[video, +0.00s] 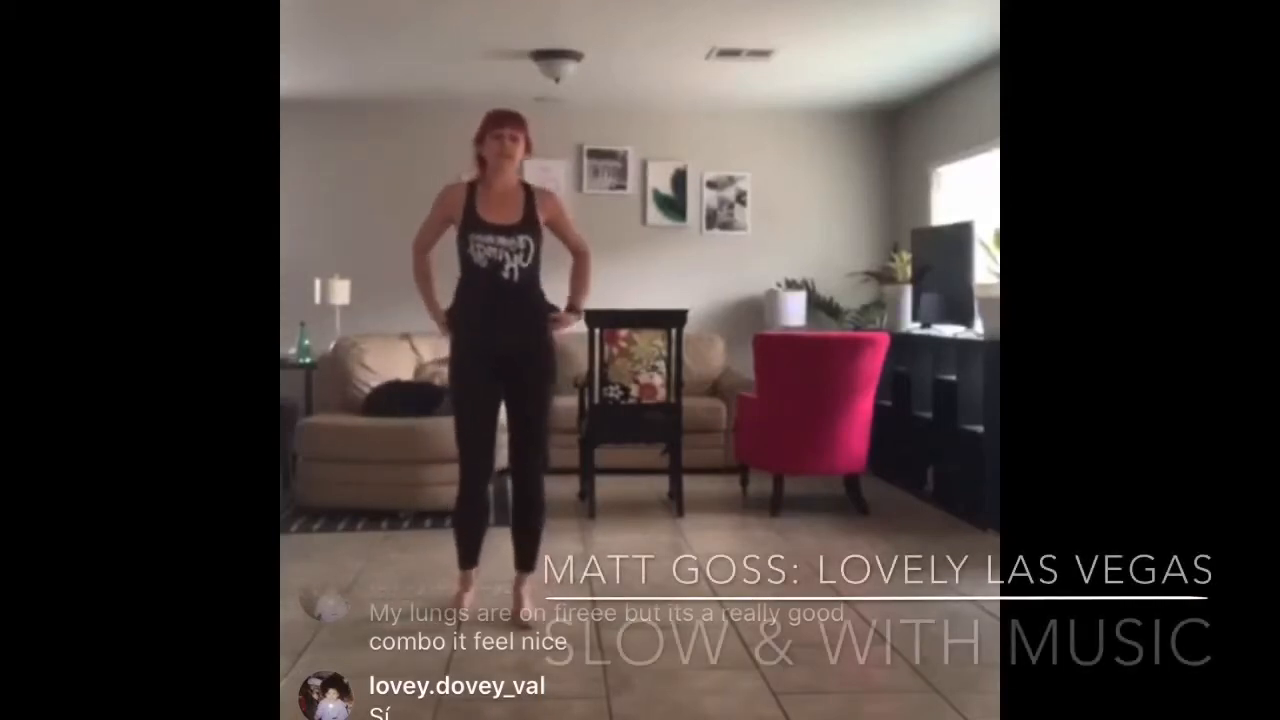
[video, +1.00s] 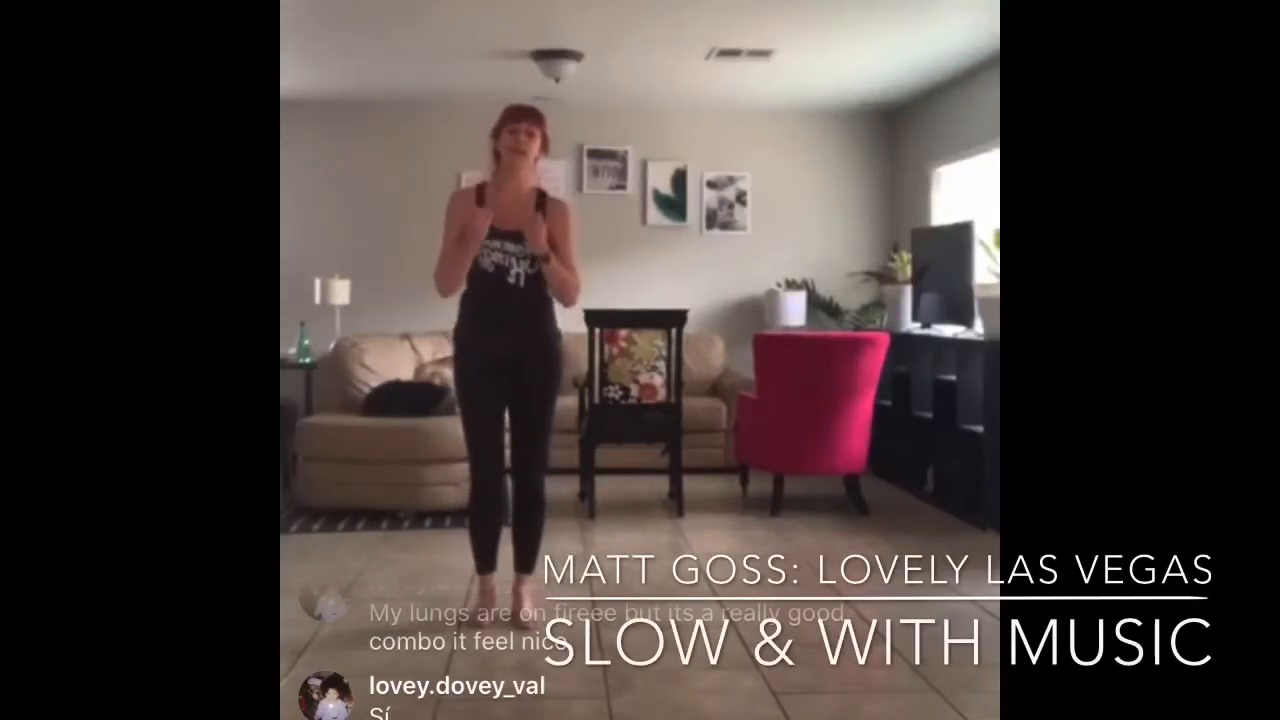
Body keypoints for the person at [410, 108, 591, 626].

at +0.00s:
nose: (504, 145)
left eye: (513, 139)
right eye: (496, 137)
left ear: (525, 151)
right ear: (480, 147)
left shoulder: (543, 203)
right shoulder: (457, 198)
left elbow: (581, 251)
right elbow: (422, 249)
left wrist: (573, 310)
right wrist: (438, 313)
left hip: (530, 336)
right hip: (473, 334)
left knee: (528, 464)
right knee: (475, 465)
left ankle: (525, 581)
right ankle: (467, 578)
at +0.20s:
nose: (516, 142)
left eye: (524, 136)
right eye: (507, 134)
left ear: (537, 150)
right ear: (491, 146)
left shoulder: (554, 203)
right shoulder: (469, 199)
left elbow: (583, 264)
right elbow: (440, 267)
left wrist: (584, 326)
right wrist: (440, 335)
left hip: (539, 342)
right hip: (480, 340)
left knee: (533, 465)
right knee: (477, 464)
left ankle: (527, 581)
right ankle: (476, 574)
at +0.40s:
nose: (521, 139)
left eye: (531, 134)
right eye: (513, 132)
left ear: (543, 149)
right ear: (496, 144)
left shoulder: (558, 206)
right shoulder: (472, 201)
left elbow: (589, 273)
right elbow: (440, 270)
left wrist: (590, 328)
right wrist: (436, 327)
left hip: (541, 343)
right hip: (483, 342)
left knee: (534, 464)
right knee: (487, 464)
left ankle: (527, 581)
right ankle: (484, 578)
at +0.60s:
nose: (524, 141)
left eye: (533, 135)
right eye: (515, 133)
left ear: (545, 149)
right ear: (499, 144)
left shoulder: (559, 210)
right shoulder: (472, 201)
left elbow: (571, 292)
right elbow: (446, 284)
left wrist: (557, 282)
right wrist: (489, 280)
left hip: (541, 345)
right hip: (485, 344)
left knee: (533, 467)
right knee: (489, 467)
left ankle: (527, 582)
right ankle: (486, 582)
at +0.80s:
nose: (523, 142)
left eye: (532, 136)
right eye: (515, 134)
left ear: (545, 149)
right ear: (497, 143)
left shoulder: (555, 207)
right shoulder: (472, 200)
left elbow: (564, 290)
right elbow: (452, 280)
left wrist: (552, 238)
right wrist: (476, 215)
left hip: (537, 344)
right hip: (481, 343)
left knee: (531, 468)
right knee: (486, 467)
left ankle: (526, 583)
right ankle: (485, 584)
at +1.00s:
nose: (519, 139)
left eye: (529, 134)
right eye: (511, 131)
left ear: (542, 149)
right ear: (495, 141)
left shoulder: (555, 209)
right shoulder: (466, 201)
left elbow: (570, 293)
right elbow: (446, 284)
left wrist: (543, 249)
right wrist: (472, 236)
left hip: (535, 347)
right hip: (479, 346)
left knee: (529, 469)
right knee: (485, 469)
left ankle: (525, 583)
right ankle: (485, 584)